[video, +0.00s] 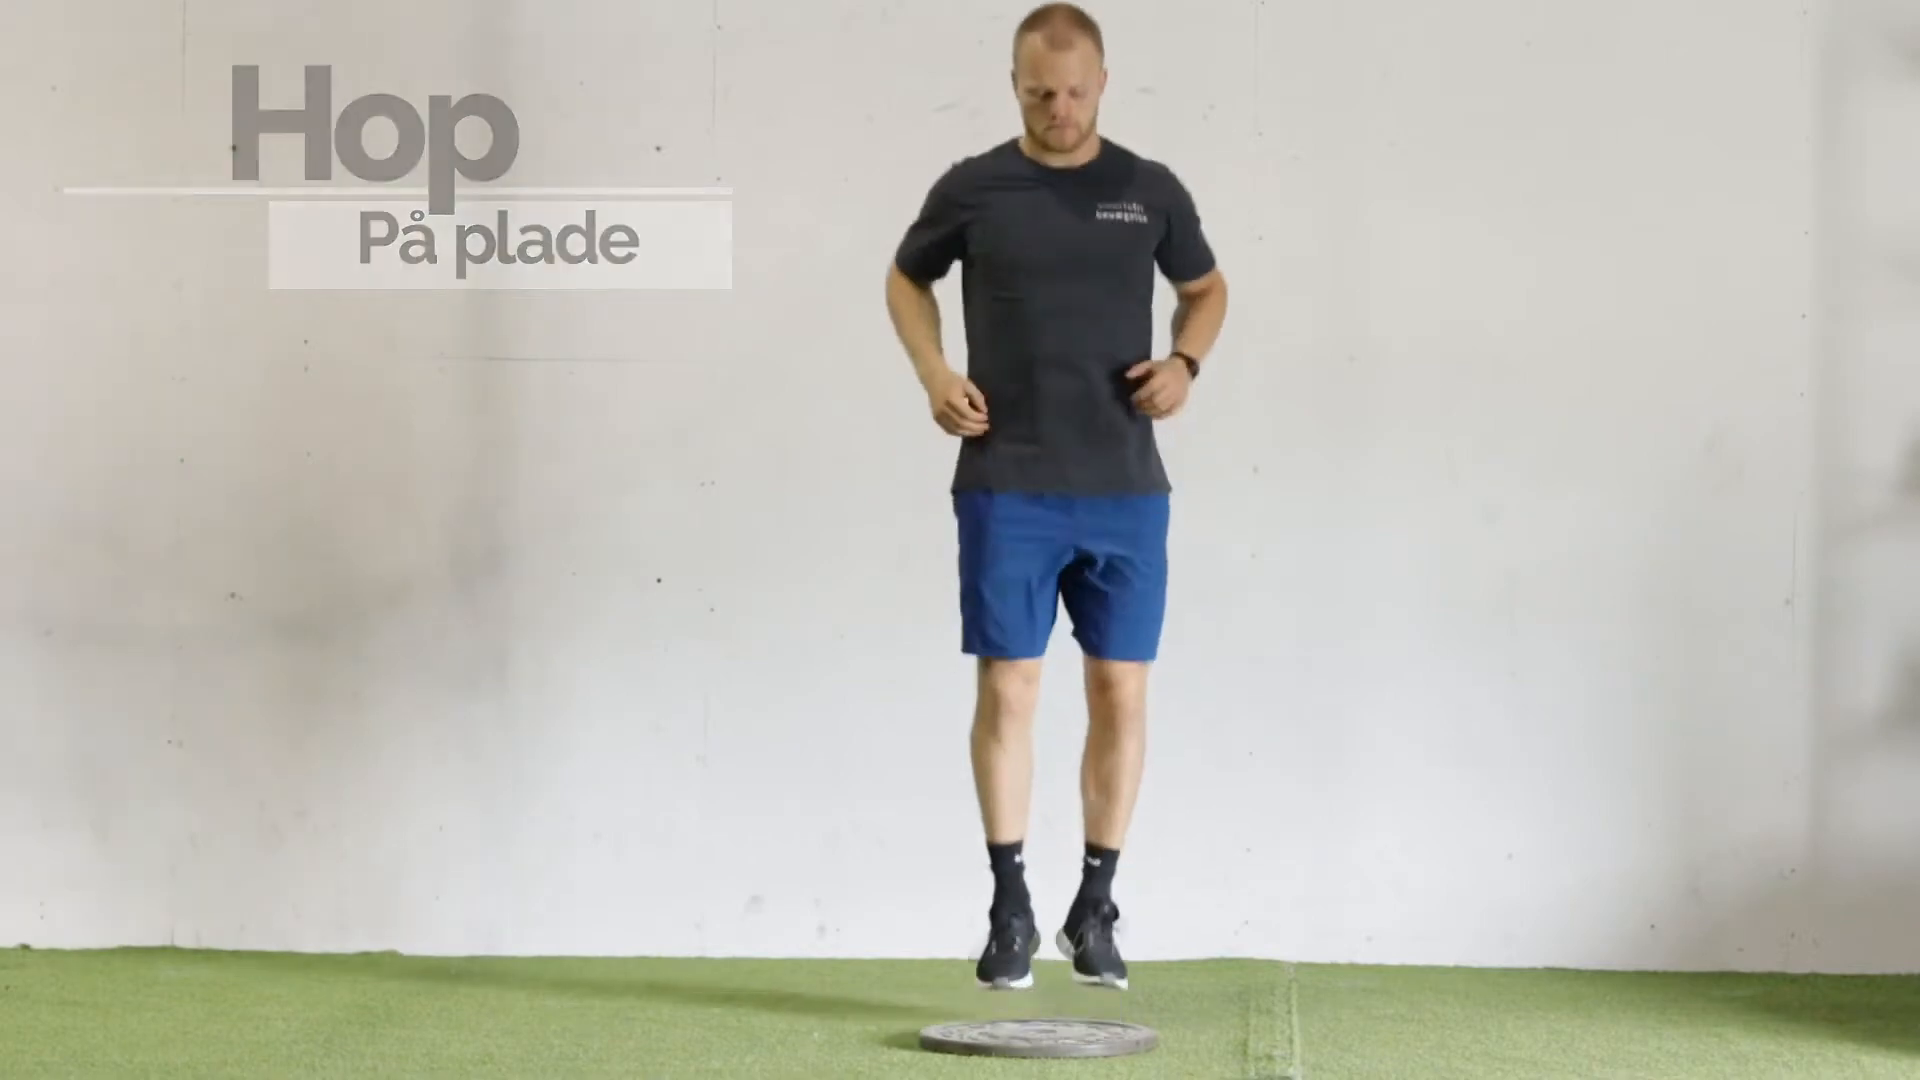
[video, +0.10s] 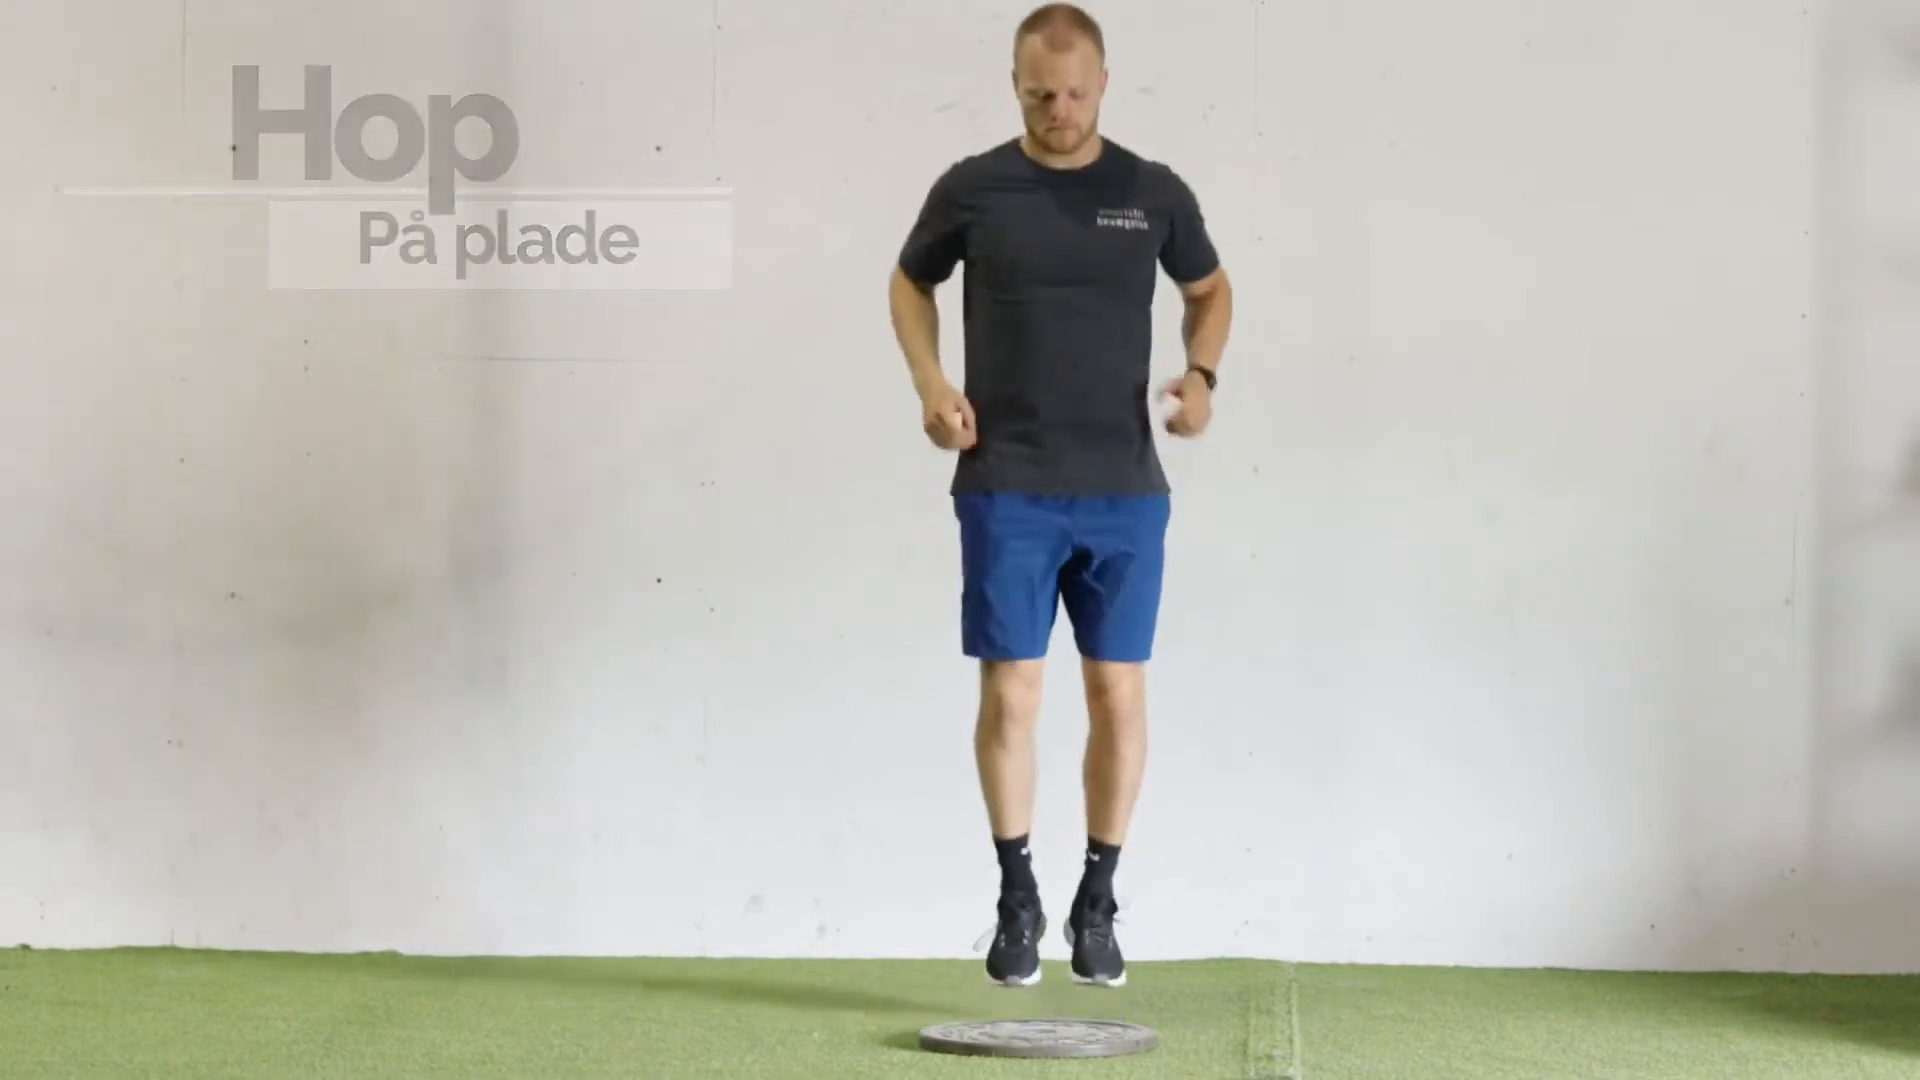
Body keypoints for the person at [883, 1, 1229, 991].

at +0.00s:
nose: (1057, 109)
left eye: (1073, 92)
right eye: (1039, 92)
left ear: (1102, 84)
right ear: (1016, 87)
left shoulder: (1150, 191)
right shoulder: (971, 188)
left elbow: (1205, 288)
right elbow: (908, 279)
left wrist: (1184, 362)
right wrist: (937, 374)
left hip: (1125, 484)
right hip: (1008, 482)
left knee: (1119, 695)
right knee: (1008, 694)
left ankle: (1096, 907)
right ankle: (1011, 907)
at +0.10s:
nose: (1054, 110)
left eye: (1071, 93)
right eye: (1038, 93)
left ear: (1102, 84)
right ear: (1016, 86)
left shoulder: (1155, 193)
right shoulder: (971, 189)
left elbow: (1209, 291)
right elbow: (911, 283)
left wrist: (1199, 374)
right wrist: (934, 388)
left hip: (1123, 488)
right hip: (1005, 484)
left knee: (1116, 696)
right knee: (1011, 697)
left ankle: (1098, 902)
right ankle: (1018, 899)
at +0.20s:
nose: (1057, 166)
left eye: (1073, 149)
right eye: (1040, 150)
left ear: (1103, 144)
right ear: (1018, 150)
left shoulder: (1155, 258)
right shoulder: (971, 258)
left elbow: (1211, 364)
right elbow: (921, 365)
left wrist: (1210, 453)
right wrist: (937, 458)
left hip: (1121, 548)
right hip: (1007, 546)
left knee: (1113, 754)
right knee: (1015, 754)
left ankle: (1103, 950)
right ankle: (1023, 946)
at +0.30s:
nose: (1053, 209)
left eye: (1070, 192)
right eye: (1036, 193)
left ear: (1101, 189)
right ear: (1015, 194)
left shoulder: (1152, 307)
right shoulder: (974, 307)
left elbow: (1209, 412)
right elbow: (920, 418)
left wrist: (1201, 482)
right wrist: (942, 467)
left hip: (1117, 594)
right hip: (1008, 594)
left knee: (1115, 794)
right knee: (1016, 792)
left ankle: (1098, 959)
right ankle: (1033, 957)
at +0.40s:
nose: (1055, 142)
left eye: (1071, 125)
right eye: (1038, 126)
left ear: (1101, 120)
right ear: (1016, 125)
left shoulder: (1149, 230)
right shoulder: (974, 227)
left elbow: (1213, 334)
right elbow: (899, 325)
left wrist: (1187, 369)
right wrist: (935, 340)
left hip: (1120, 517)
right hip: (1007, 515)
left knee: (1120, 721)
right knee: (1008, 722)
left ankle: (1106, 929)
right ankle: (1015, 929)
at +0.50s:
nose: (1052, 98)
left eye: (1068, 81)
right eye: (1035, 81)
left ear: (1099, 75)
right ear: (1013, 77)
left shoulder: (1148, 180)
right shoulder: (973, 178)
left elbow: (1218, 272)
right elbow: (895, 269)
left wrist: (1198, 308)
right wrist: (921, 293)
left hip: (1118, 469)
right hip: (1003, 468)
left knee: (1114, 681)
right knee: (1003, 677)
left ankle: (1102, 886)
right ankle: (1009, 890)